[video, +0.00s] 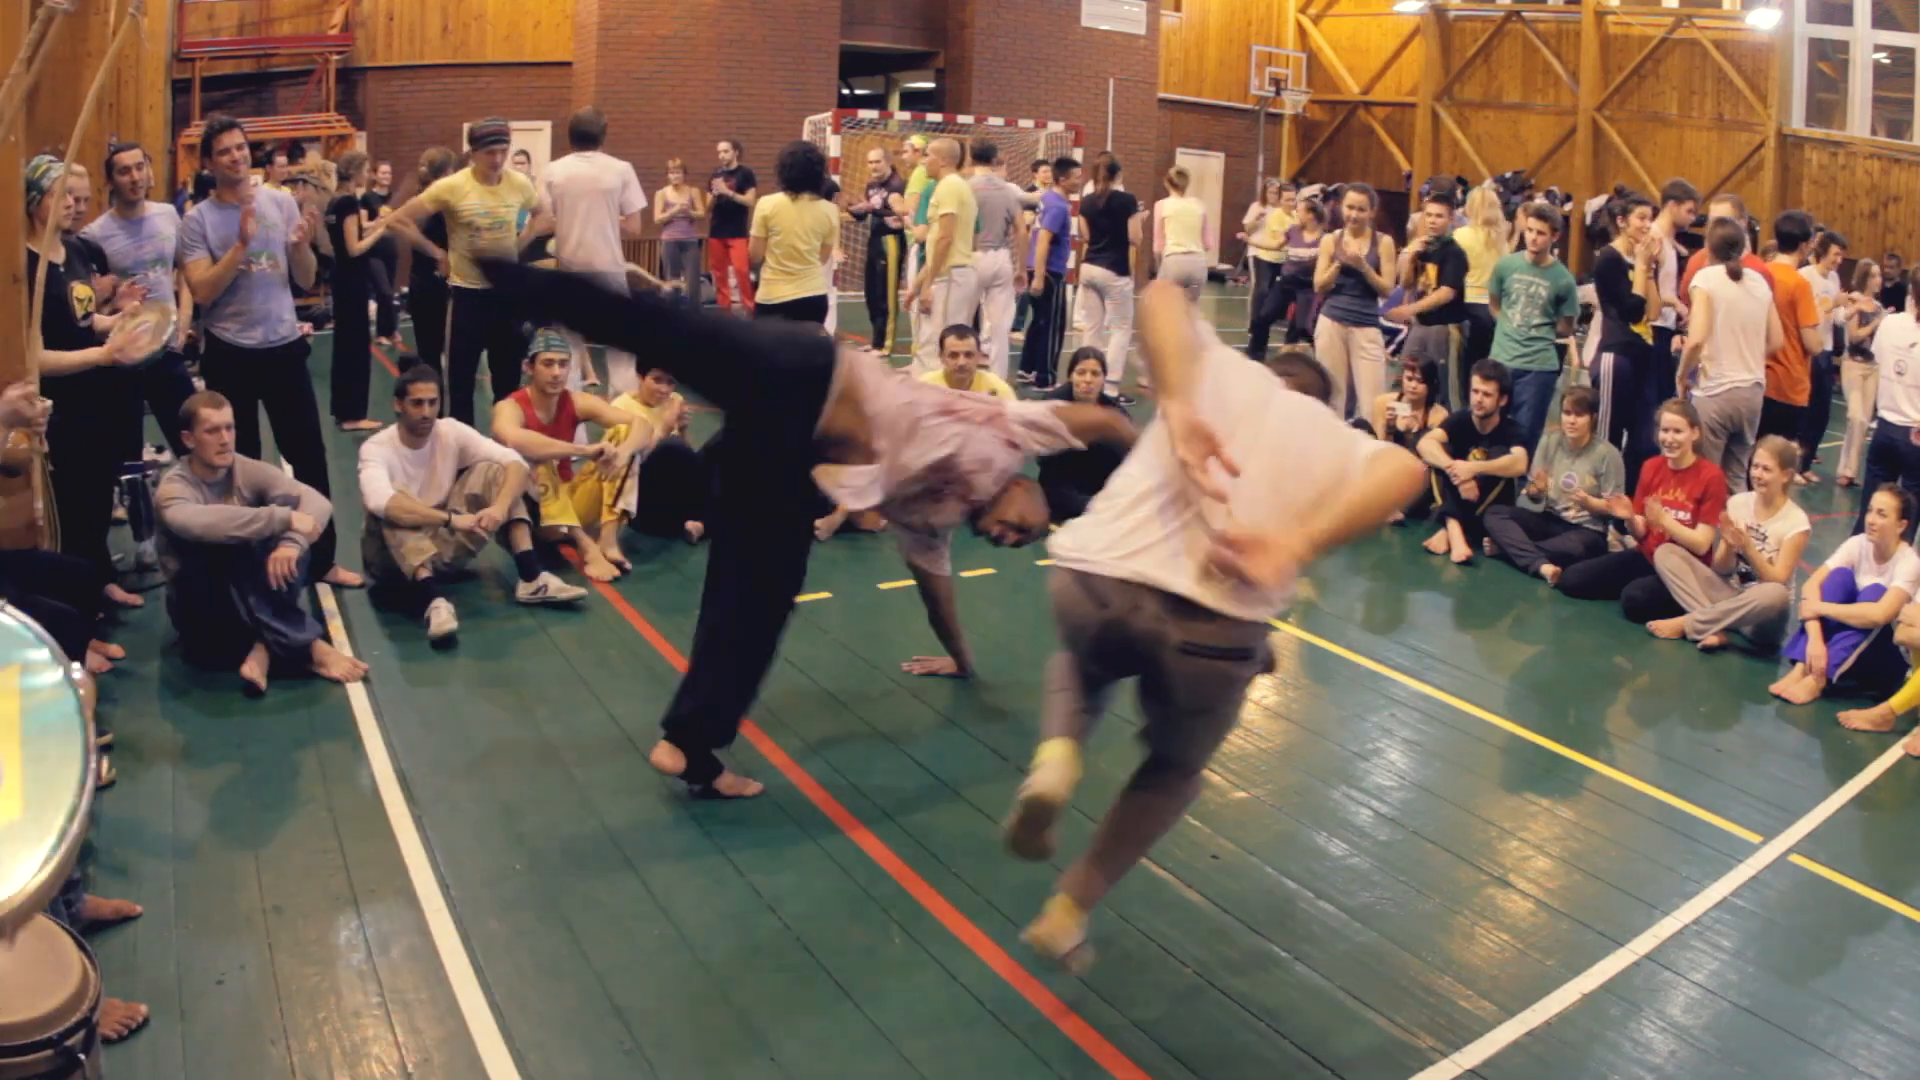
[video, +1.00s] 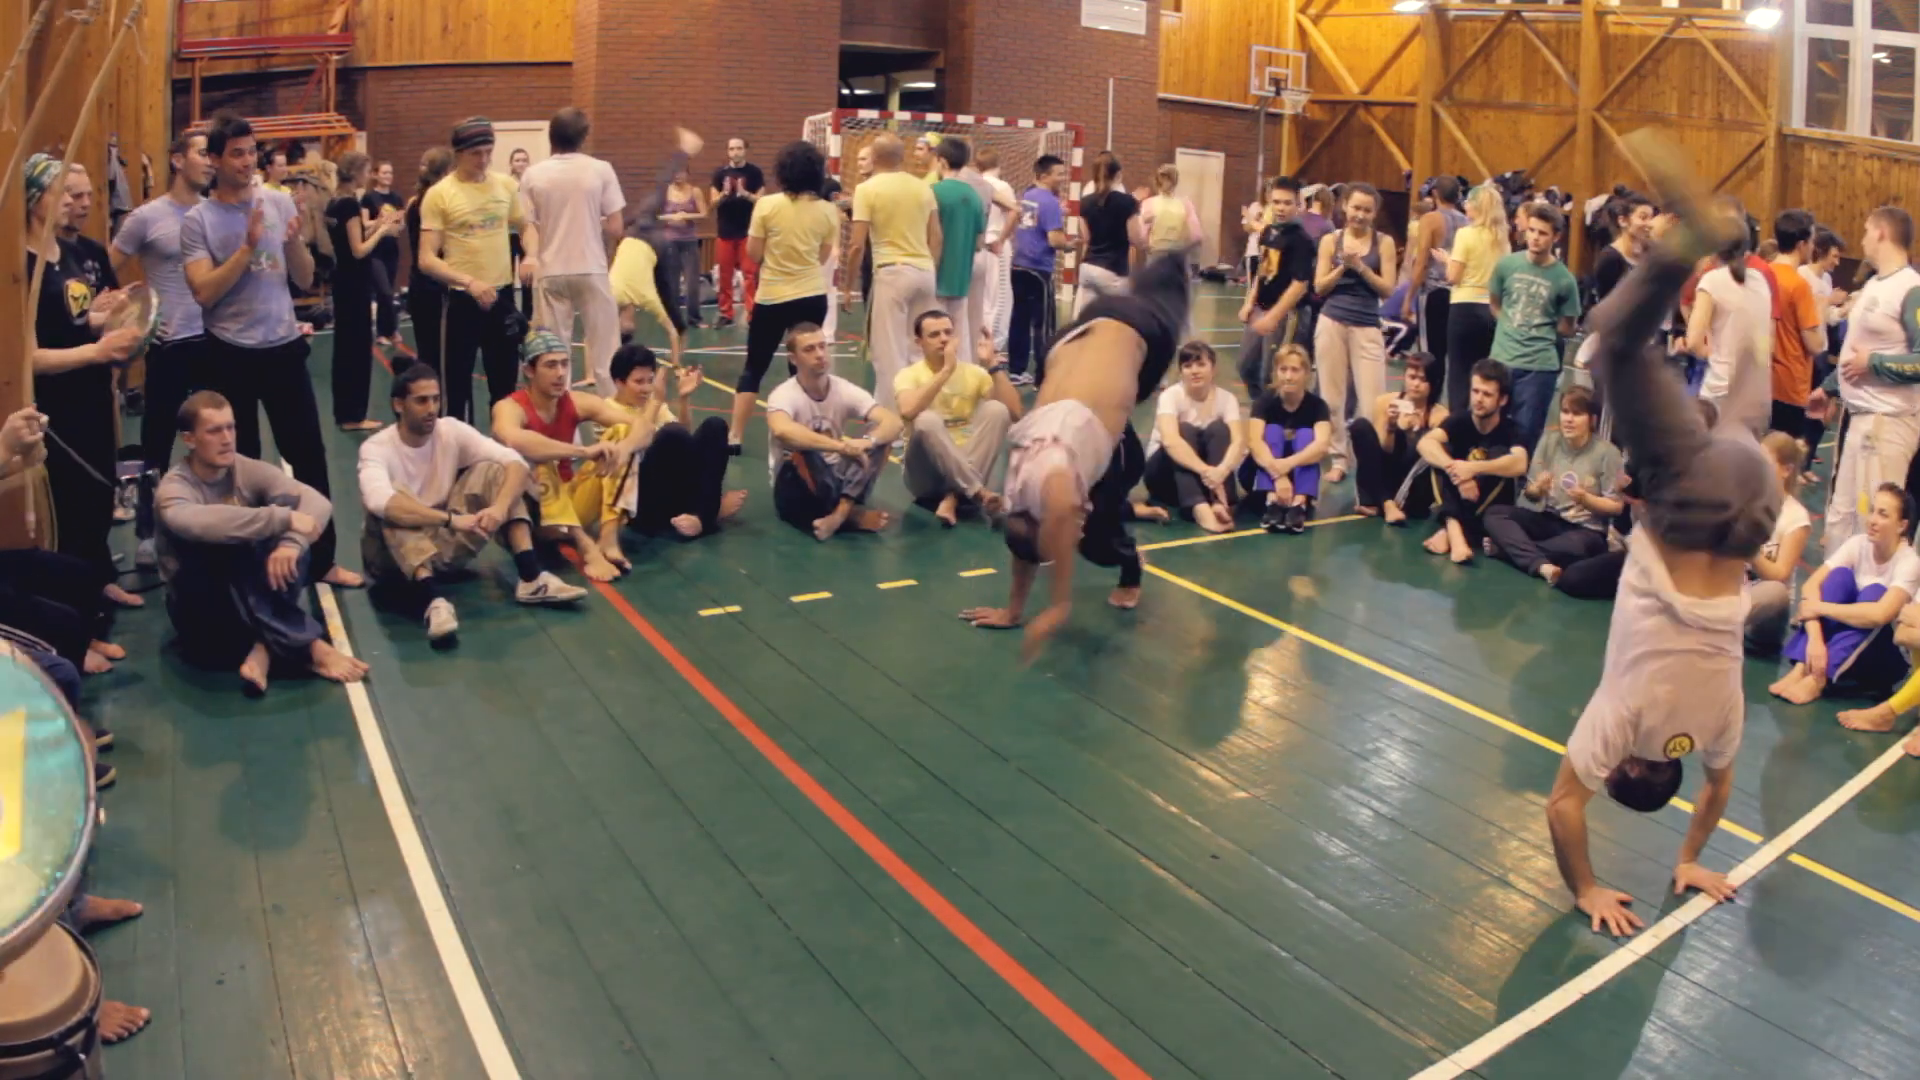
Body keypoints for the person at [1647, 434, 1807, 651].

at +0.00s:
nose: (1757, 474)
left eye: (1766, 469)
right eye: (1754, 466)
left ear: (1786, 476)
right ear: (1749, 467)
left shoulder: (1796, 521)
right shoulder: (1738, 502)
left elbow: (1778, 579)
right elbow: (1720, 568)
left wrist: (1747, 548)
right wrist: (1729, 546)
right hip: (1727, 594)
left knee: (1774, 594)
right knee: (1666, 553)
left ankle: (1686, 624)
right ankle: (1711, 629)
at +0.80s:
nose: (1757, 469)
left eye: (1766, 464)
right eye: (1756, 462)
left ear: (1787, 471)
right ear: (1753, 461)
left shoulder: (1797, 516)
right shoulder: (1739, 499)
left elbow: (1777, 574)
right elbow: (1720, 566)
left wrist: (1741, 538)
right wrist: (1730, 539)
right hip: (1728, 590)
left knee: (1774, 592)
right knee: (1685, 566)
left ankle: (1695, 622)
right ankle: (1709, 631)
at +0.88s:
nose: (1757, 469)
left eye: (1766, 464)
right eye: (1757, 462)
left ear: (1786, 471)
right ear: (1752, 461)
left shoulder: (1797, 517)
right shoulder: (1740, 499)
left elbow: (1777, 574)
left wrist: (1740, 538)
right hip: (1725, 581)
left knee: (1773, 592)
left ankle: (1706, 618)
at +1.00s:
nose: (1759, 471)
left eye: (1766, 465)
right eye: (1758, 463)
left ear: (1786, 471)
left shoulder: (1796, 515)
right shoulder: (1743, 499)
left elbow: (1780, 573)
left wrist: (1747, 549)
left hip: (1759, 584)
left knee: (1774, 591)